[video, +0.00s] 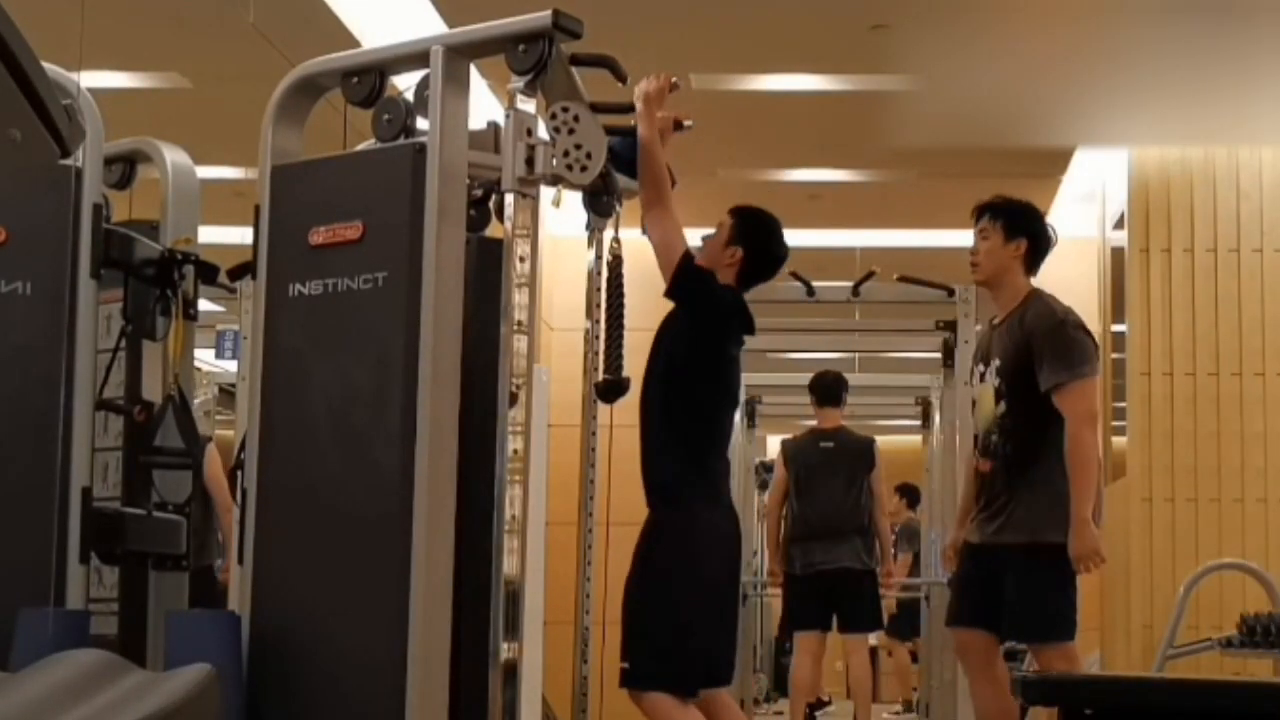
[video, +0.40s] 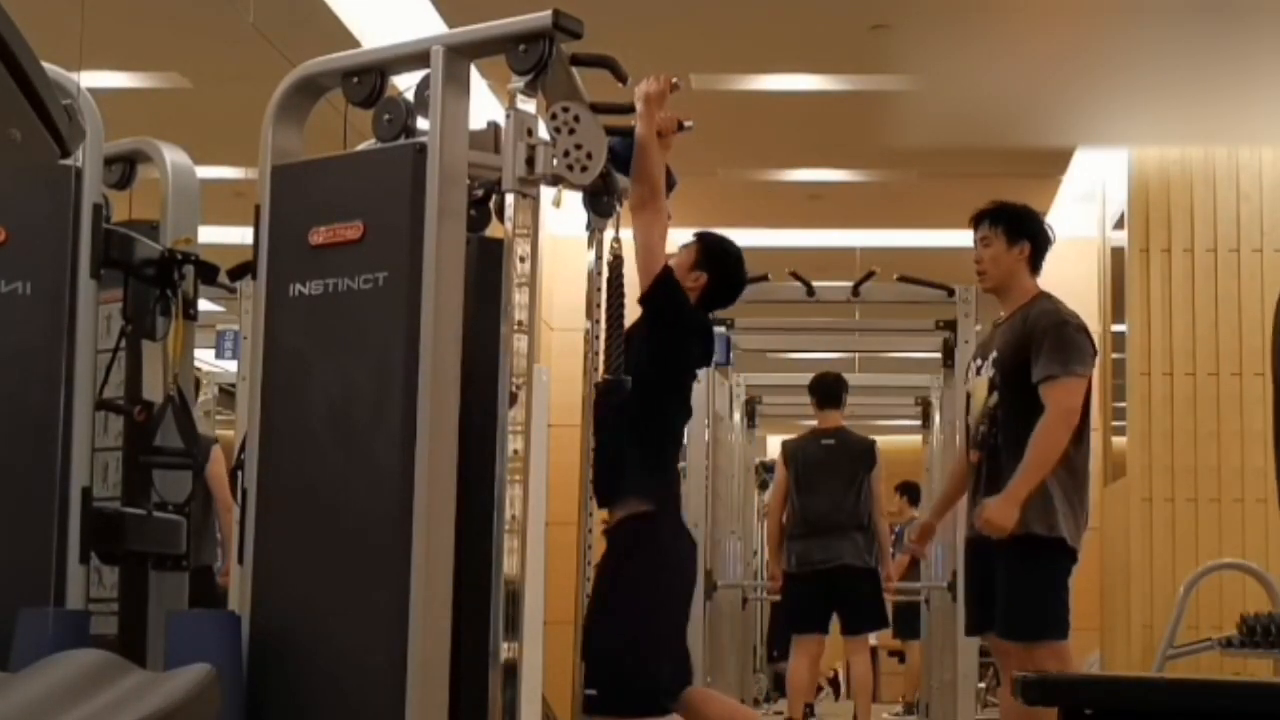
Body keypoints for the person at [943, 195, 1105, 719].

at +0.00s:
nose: (972, 249)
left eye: (984, 238)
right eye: (973, 238)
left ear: (1019, 249)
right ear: (995, 249)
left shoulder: (1054, 324)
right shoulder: (989, 336)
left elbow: (1085, 426)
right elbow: (984, 443)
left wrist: (1082, 520)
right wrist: (964, 523)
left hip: (1042, 524)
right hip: (990, 525)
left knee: (1053, 652)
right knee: (972, 641)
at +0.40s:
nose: (976, 256)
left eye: (987, 244)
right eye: (975, 246)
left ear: (1023, 251)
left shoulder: (1054, 322)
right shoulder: (995, 337)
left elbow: (1065, 414)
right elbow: (978, 442)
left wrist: (1012, 498)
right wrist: (932, 516)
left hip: (1038, 523)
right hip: (997, 521)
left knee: (1046, 666)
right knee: (1008, 660)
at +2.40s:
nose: (966, 265)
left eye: (976, 252)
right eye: (964, 255)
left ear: (1013, 255)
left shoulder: (1047, 330)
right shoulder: (994, 342)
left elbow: (1050, 429)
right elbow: (974, 444)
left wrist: (1010, 515)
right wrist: (945, 524)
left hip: (1029, 528)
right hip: (990, 528)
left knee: (1038, 668)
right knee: (1004, 664)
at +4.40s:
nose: (973, 263)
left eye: (983, 249)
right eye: (971, 252)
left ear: (1019, 252)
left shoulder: (1049, 327)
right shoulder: (995, 340)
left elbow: (1059, 427)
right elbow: (976, 441)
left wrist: (1017, 512)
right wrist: (941, 520)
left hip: (1033, 528)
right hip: (993, 526)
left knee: (1042, 670)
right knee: (1006, 664)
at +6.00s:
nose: (993, 243)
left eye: (1006, 232)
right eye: (994, 233)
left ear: (1042, 244)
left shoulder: (1066, 320)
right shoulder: (1007, 331)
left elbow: (1084, 416)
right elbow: (981, 432)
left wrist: (1038, 505)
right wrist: (936, 510)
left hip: (1044, 523)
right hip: (997, 520)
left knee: (1056, 660)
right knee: (1002, 658)